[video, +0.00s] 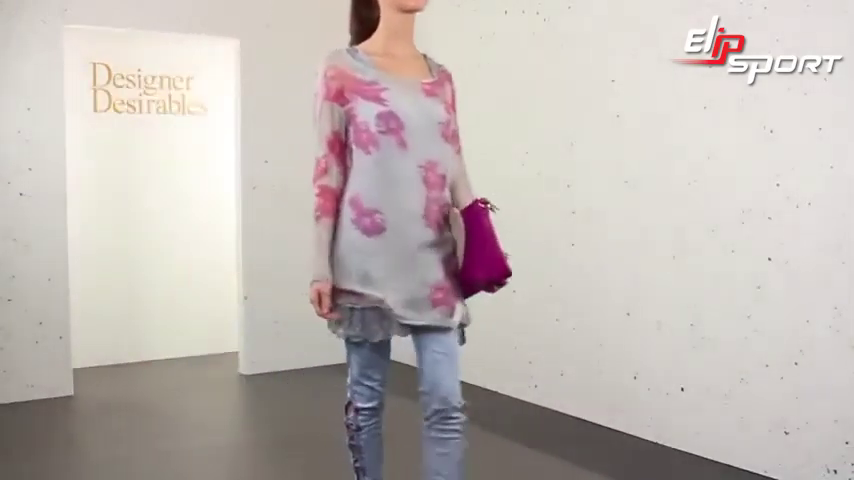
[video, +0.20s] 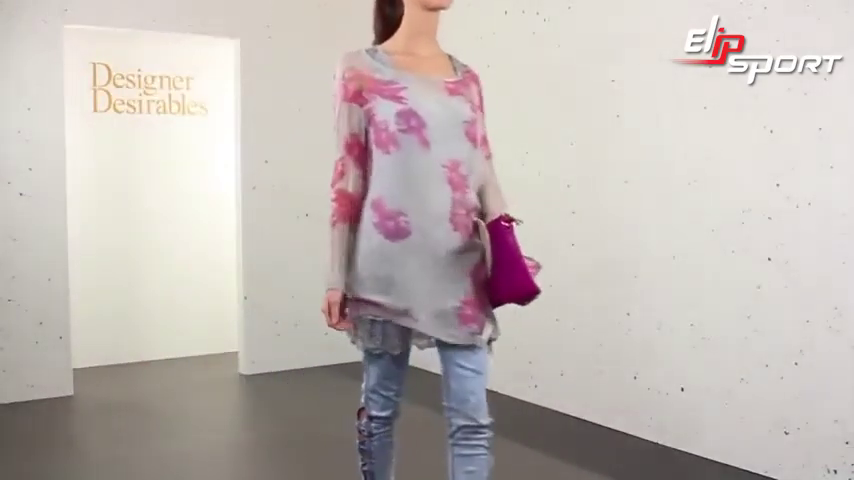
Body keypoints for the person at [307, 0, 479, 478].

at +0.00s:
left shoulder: (440, 77)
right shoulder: (342, 68)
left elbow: (454, 167)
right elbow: (329, 170)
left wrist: (478, 249)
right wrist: (321, 265)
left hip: (434, 261)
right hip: (364, 262)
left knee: (446, 404)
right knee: (366, 403)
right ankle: (367, 475)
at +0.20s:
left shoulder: (466, 78)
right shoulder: (361, 67)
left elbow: (482, 169)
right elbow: (349, 176)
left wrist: (506, 251)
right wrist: (336, 279)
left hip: (461, 272)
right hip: (384, 271)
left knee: (472, 419)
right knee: (379, 412)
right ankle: (375, 478)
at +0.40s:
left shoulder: (496, 70)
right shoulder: (385, 58)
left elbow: (513, 173)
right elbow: (368, 175)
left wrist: (540, 258)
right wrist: (352, 277)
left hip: (489, 275)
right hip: (415, 274)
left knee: (488, 426)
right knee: (426, 426)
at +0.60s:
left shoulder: (513, 67)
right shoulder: (402, 51)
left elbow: (531, 175)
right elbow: (376, 163)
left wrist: (560, 262)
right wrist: (356, 263)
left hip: (504, 266)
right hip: (432, 261)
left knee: (494, 429)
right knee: (477, 423)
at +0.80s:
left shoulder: (507, 58)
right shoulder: (416, 42)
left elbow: (533, 164)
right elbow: (347, 140)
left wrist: (556, 257)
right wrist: (348, 245)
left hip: (506, 264)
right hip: (450, 266)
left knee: (494, 440)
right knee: (484, 441)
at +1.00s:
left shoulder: (484, 40)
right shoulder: (438, 25)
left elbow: (493, 142)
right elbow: (350, 97)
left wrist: (535, 201)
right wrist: (399, 200)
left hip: (508, 261)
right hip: (472, 262)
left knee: (511, 436)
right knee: (483, 440)